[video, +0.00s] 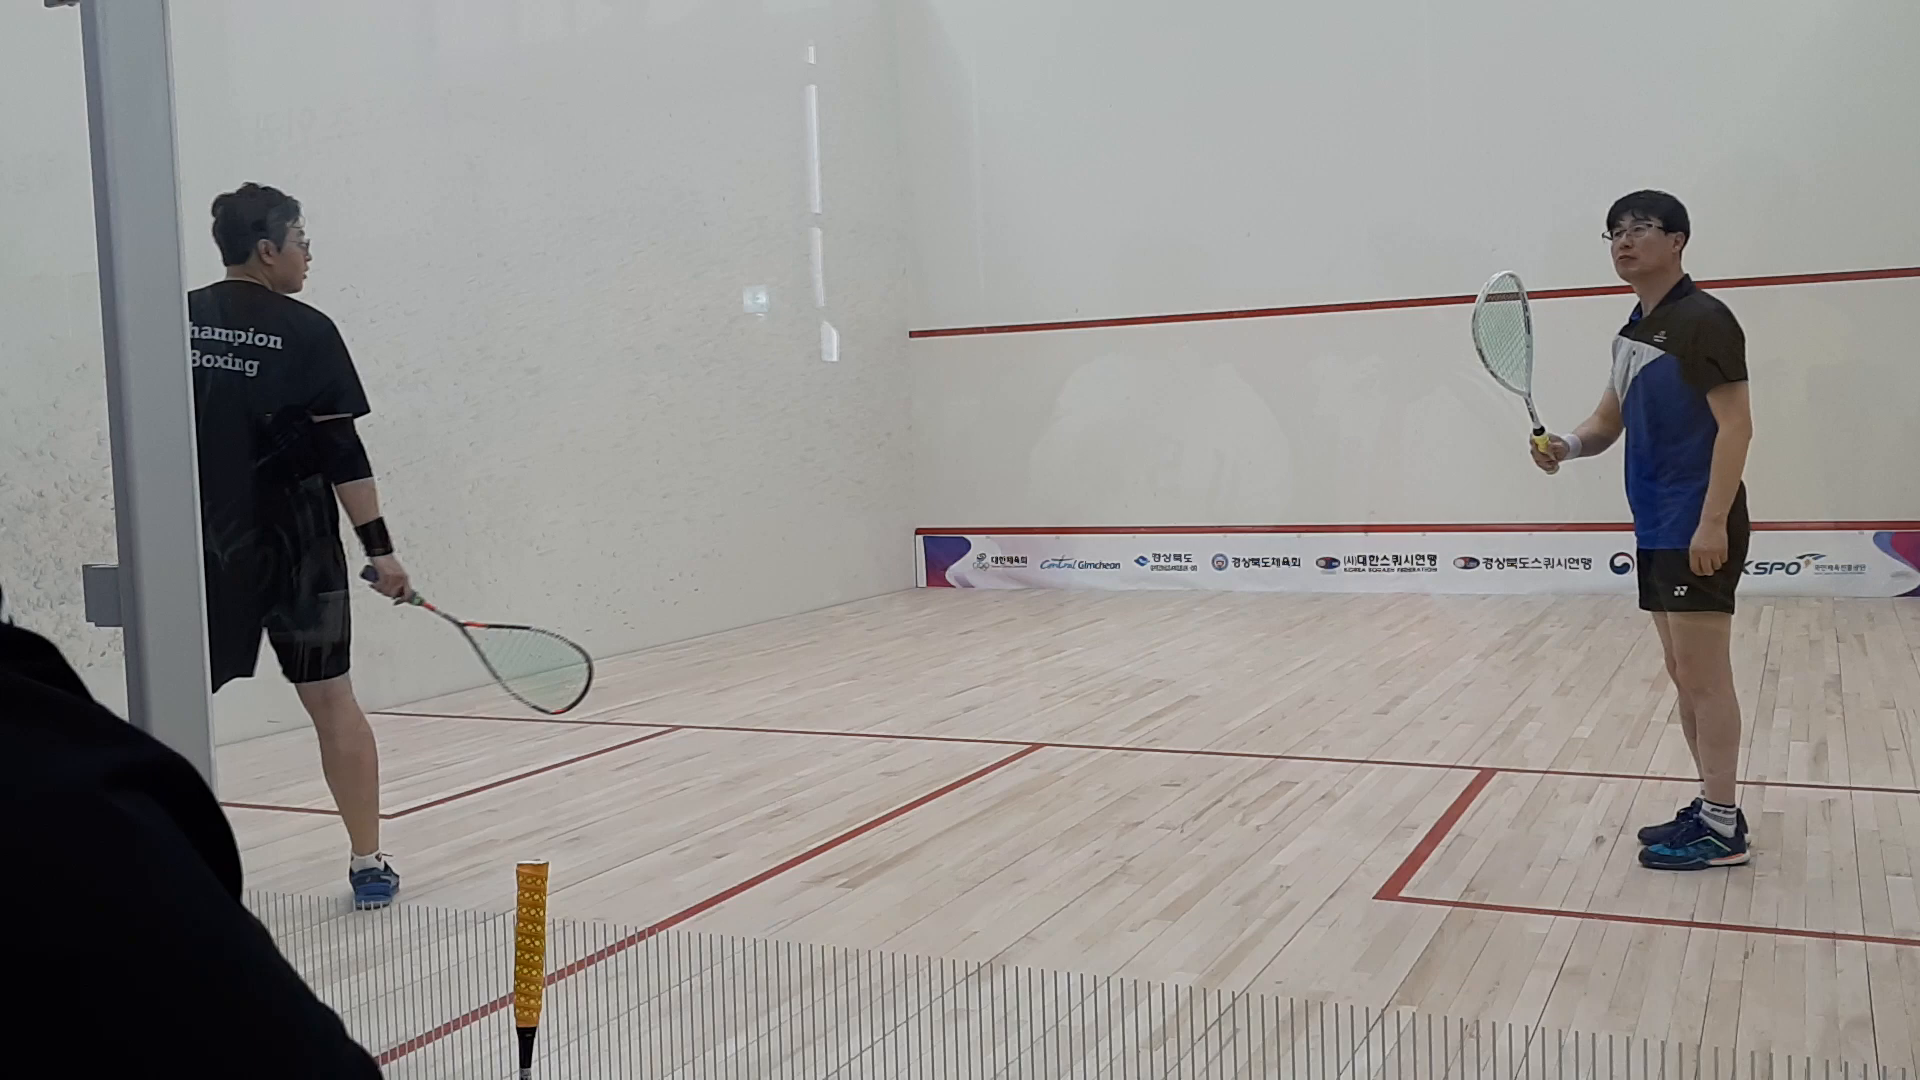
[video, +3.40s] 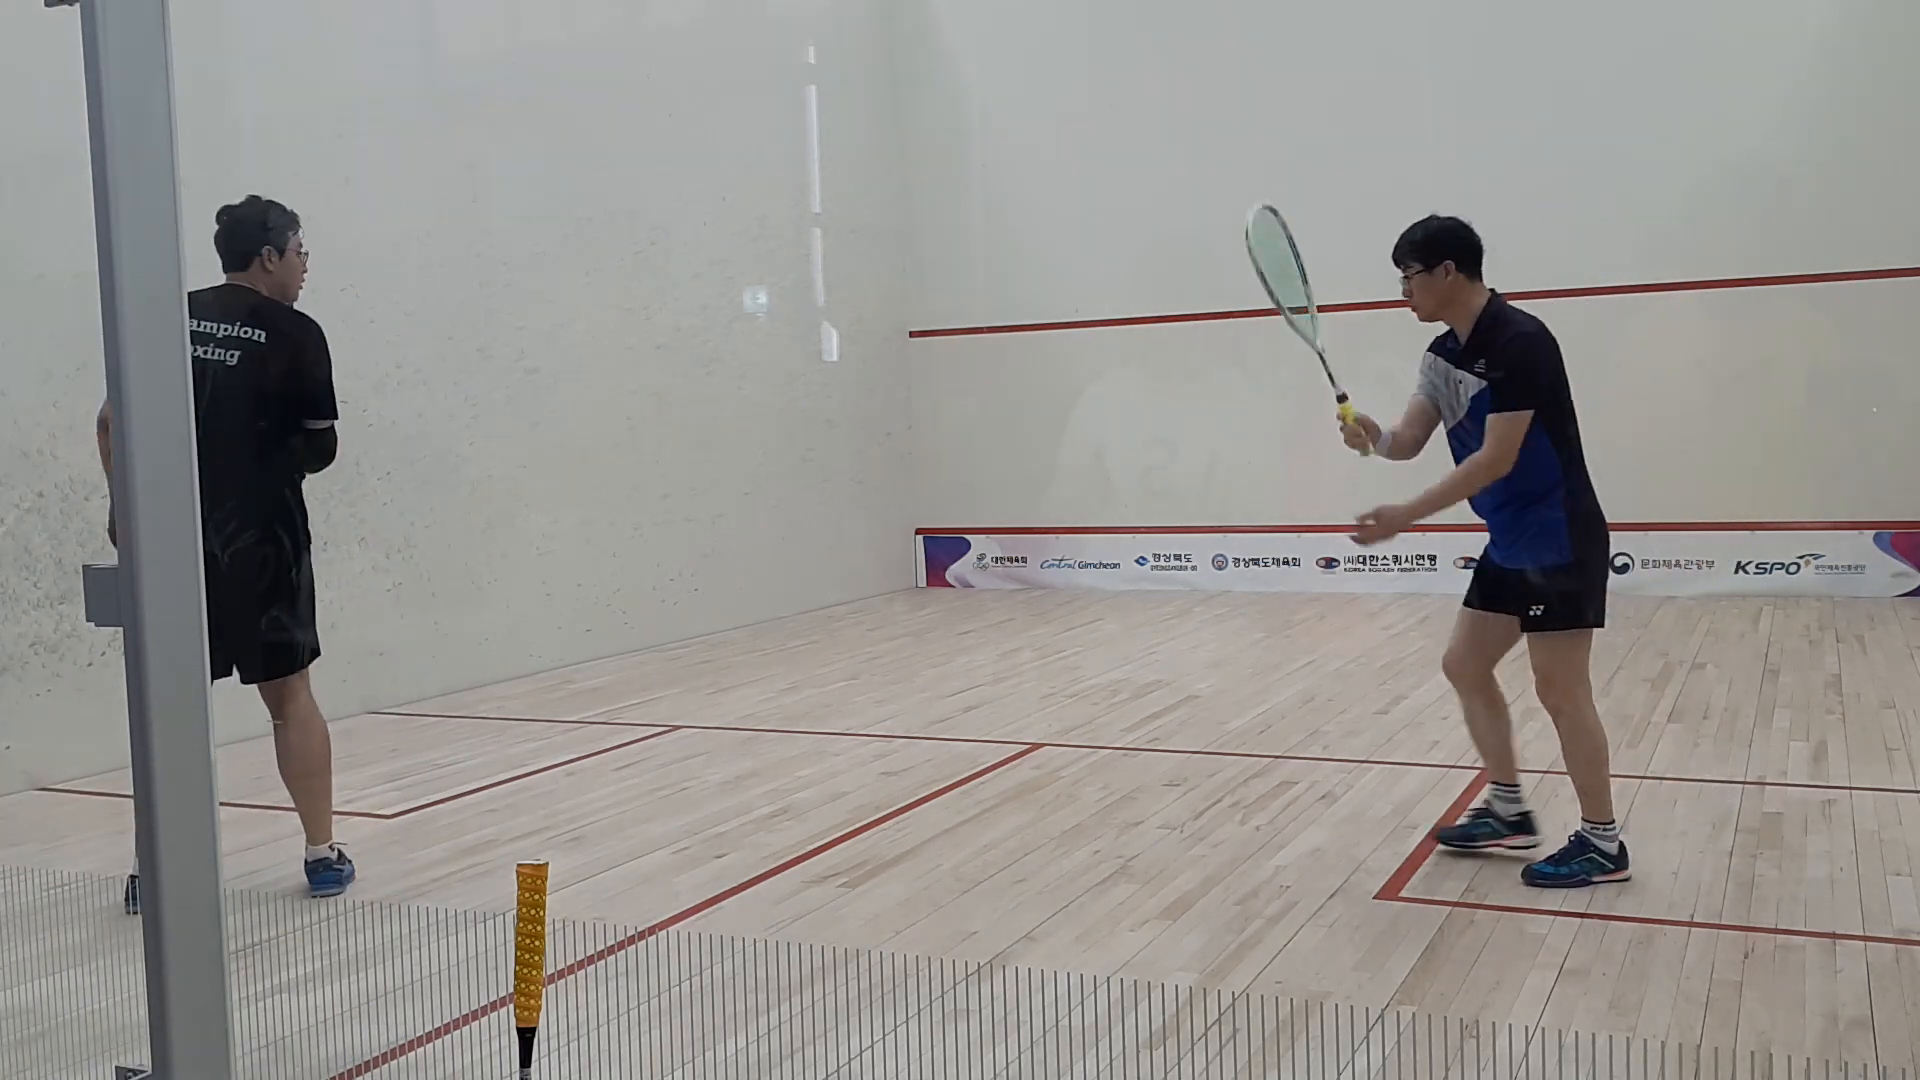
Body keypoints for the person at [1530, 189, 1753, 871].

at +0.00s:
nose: (1622, 242)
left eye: (1636, 231)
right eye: (1616, 234)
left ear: (1675, 241)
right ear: (1612, 249)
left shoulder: (1705, 321)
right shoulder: (1632, 333)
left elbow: (1736, 428)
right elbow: (1606, 423)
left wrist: (1712, 522)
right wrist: (1567, 443)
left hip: (1698, 530)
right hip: (1658, 531)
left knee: (1705, 678)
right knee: (1684, 676)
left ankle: (1722, 823)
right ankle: (1713, 807)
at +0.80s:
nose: (1609, 250)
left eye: (1622, 237)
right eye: (1608, 239)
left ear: (1667, 244)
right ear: (1633, 249)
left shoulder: (1701, 317)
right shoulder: (1647, 323)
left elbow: (1729, 425)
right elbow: (1635, 433)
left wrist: (1701, 520)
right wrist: (1616, 517)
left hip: (1698, 523)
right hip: (1661, 525)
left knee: (1705, 676)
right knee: (1686, 674)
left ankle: (1723, 822)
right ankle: (1712, 809)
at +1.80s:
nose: (1594, 247)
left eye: (1609, 235)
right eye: (1587, 241)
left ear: (1646, 246)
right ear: (1583, 259)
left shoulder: (1679, 326)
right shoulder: (1603, 343)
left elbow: (1713, 430)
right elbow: (1577, 431)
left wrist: (1693, 527)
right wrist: (1531, 455)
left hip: (1673, 533)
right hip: (1635, 536)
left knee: (1635, 673)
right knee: (1680, 676)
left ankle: (1624, 830)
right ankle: (1718, 806)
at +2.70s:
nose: (1491, 256)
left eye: (1502, 242)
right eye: (1491, 243)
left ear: (1548, 247)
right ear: (1531, 252)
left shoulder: (1603, 325)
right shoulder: (1531, 336)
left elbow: (1640, 433)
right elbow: (1490, 431)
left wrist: (1615, 528)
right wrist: (1428, 443)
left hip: (1607, 538)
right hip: (1570, 538)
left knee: (1580, 685)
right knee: (1624, 673)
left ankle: (1602, 839)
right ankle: (1690, 781)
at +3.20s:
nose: (1437, 287)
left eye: (1444, 271)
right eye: (1436, 273)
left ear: (1482, 265)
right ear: (1480, 269)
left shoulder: (1557, 335)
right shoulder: (1477, 346)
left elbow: (1595, 450)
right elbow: (1445, 431)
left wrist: (1570, 544)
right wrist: (1392, 463)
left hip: (1586, 532)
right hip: (1539, 533)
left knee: (1573, 684)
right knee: (1554, 675)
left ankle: (1602, 839)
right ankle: (1663, 772)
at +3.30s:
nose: (1422, 291)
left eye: (1428, 276)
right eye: (1420, 277)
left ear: (1465, 269)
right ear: (1463, 271)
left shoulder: (1538, 340)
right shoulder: (1463, 350)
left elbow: (1550, 459)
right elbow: (1431, 435)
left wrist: (1496, 542)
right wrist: (1391, 461)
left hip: (1577, 543)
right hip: (1527, 542)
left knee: (1569, 689)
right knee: (1512, 673)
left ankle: (1601, 838)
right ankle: (1608, 788)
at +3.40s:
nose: (1404, 293)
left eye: (1410, 278)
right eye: (1402, 280)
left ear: (1448, 272)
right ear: (1444, 276)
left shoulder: (1520, 341)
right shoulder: (1444, 352)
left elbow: (1497, 460)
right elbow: (1411, 439)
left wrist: (1406, 512)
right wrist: (1377, 439)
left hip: (1565, 542)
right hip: (1512, 542)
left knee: (1563, 691)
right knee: (1465, 665)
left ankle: (1603, 838)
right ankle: (1508, 808)